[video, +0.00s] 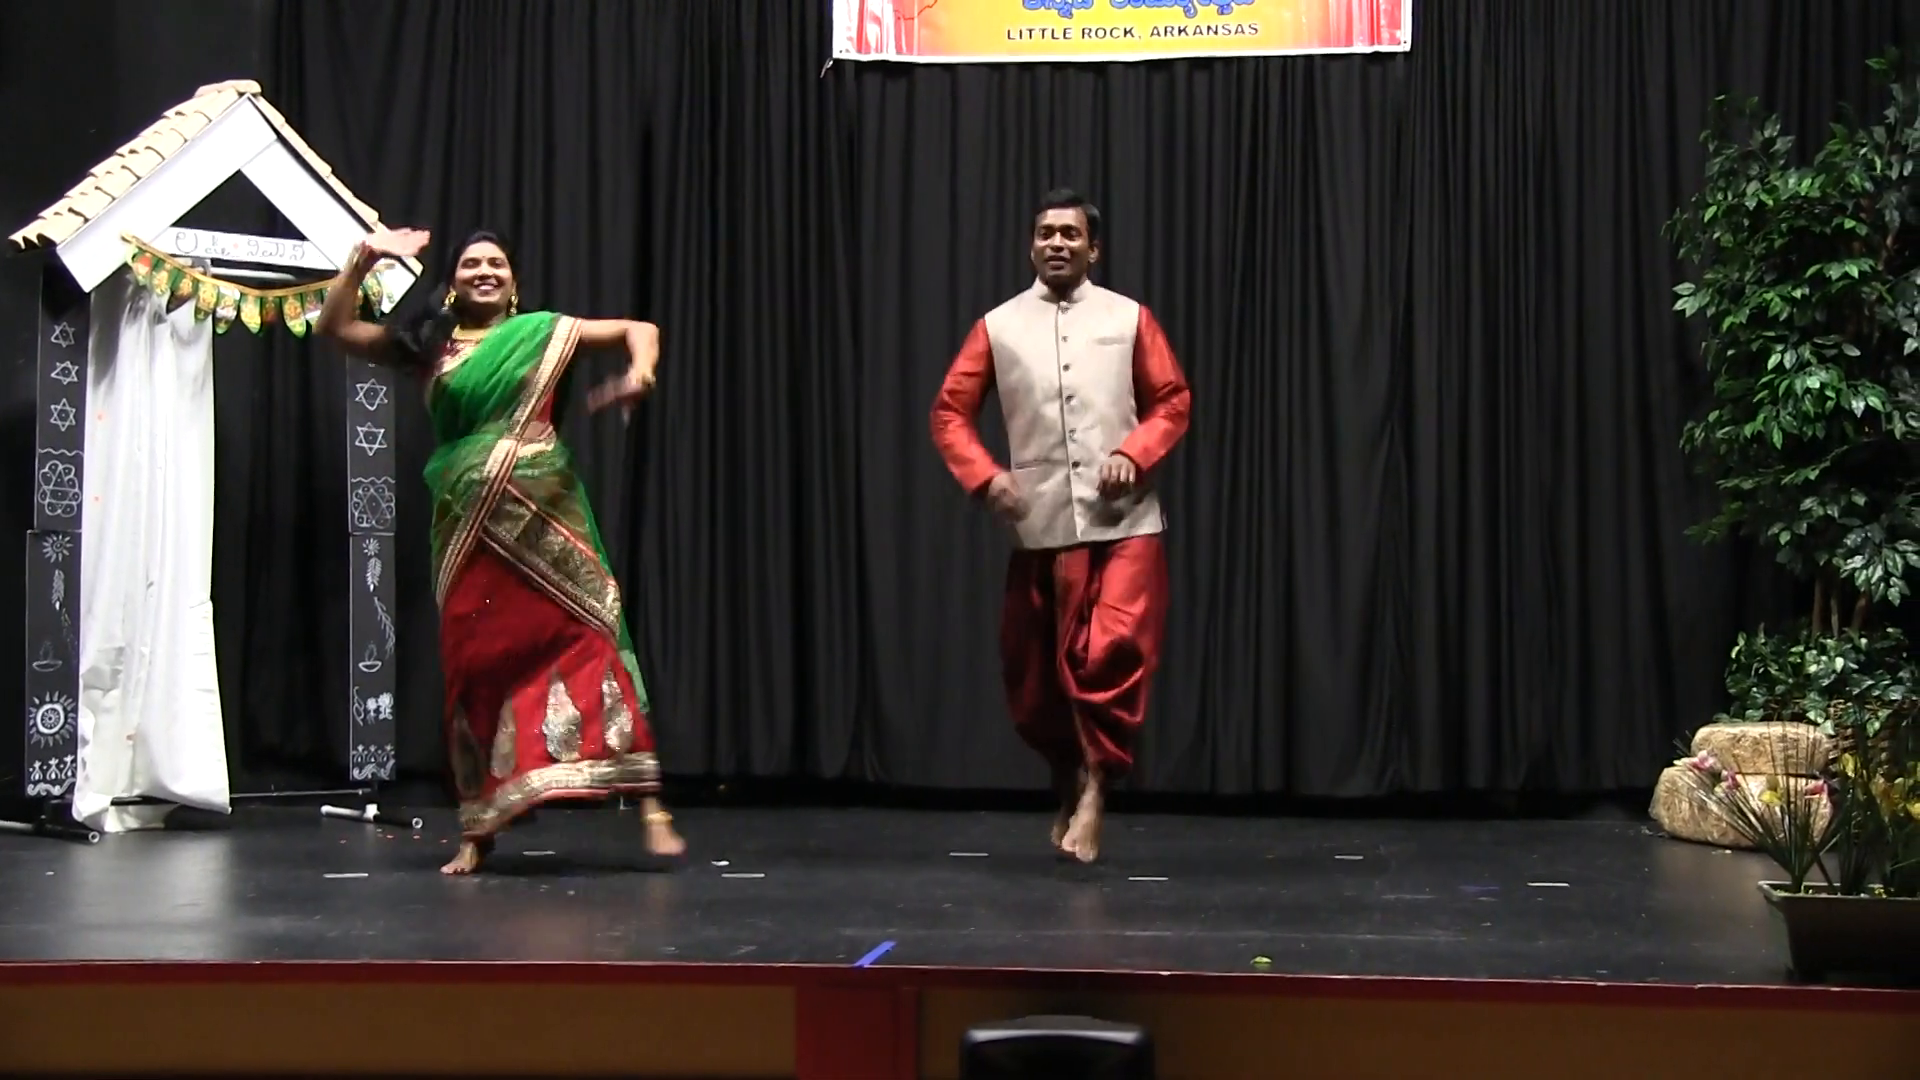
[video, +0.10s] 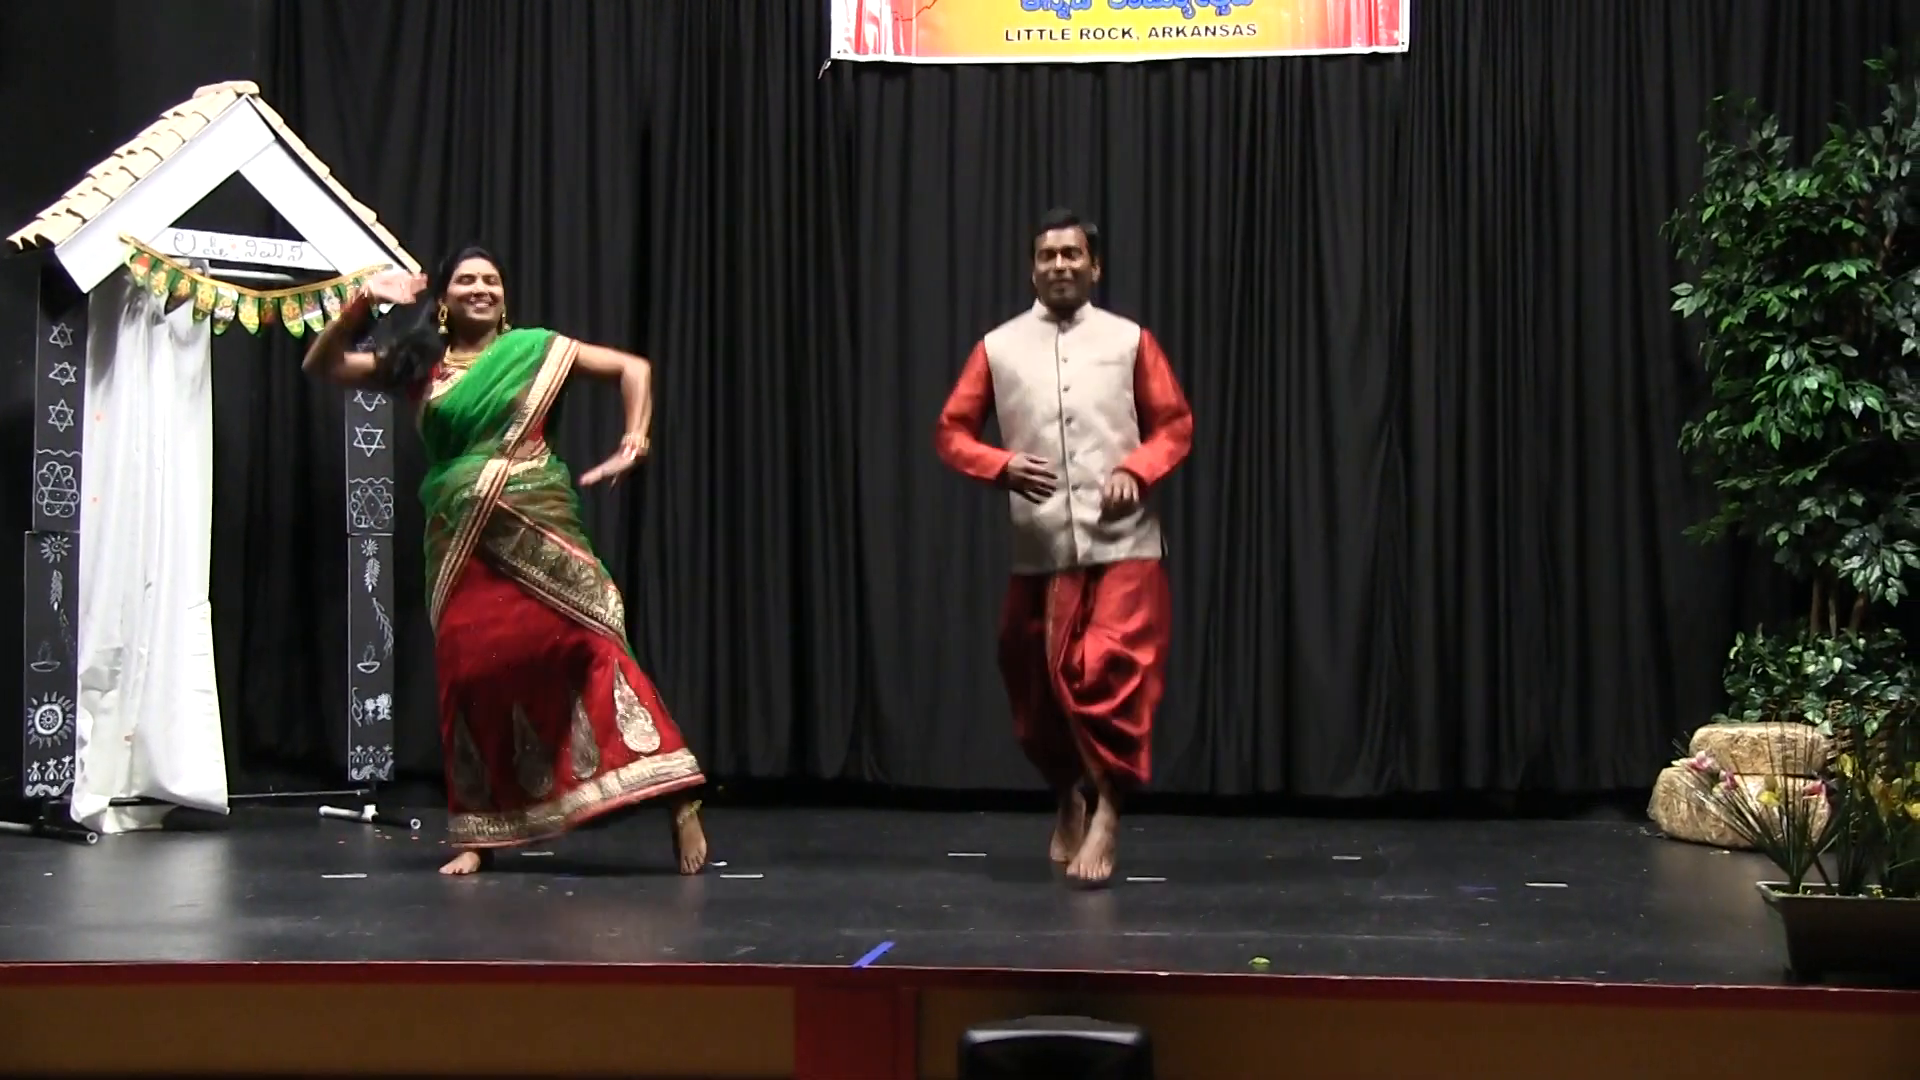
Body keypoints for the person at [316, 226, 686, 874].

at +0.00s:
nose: (484, 272)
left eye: (495, 264)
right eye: (471, 264)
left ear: (514, 281)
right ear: (450, 282)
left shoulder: (543, 329)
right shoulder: (430, 344)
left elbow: (641, 329)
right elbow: (335, 328)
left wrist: (639, 370)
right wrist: (361, 258)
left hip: (551, 510)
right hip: (468, 519)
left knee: (605, 643)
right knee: (467, 667)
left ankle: (652, 809)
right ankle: (475, 834)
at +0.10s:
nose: (480, 289)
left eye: (490, 281)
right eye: (467, 281)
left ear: (504, 294)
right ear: (442, 297)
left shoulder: (534, 346)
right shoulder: (418, 363)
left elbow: (634, 368)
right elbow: (321, 368)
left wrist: (634, 438)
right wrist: (362, 301)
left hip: (542, 527)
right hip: (461, 536)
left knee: (602, 657)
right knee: (461, 675)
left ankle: (682, 802)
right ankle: (472, 837)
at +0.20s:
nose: (484, 307)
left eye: (491, 298)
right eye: (470, 298)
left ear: (501, 310)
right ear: (439, 311)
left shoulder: (527, 362)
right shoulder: (413, 379)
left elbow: (619, 400)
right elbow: (314, 376)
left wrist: (610, 476)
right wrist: (361, 320)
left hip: (548, 537)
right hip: (471, 548)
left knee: (598, 673)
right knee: (462, 681)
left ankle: (681, 813)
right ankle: (471, 837)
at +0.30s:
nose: (486, 319)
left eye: (490, 311)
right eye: (472, 310)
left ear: (496, 320)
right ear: (437, 322)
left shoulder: (517, 369)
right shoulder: (408, 385)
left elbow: (611, 398)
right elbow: (317, 361)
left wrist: (595, 467)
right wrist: (372, 313)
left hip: (551, 533)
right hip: (476, 551)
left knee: (603, 663)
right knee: (469, 685)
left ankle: (682, 802)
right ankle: (480, 835)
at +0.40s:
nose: (484, 322)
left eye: (488, 313)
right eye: (470, 314)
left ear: (494, 320)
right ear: (437, 325)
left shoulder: (515, 370)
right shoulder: (407, 387)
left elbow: (609, 397)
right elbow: (317, 363)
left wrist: (585, 470)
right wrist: (375, 314)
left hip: (542, 536)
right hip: (470, 552)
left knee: (591, 664)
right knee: (464, 688)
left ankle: (683, 800)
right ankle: (470, 834)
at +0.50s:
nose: (483, 324)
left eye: (486, 315)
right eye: (468, 316)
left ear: (491, 321)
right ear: (433, 327)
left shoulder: (516, 372)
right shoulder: (407, 392)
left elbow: (604, 418)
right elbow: (312, 391)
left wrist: (589, 500)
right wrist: (359, 338)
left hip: (536, 548)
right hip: (461, 560)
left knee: (570, 673)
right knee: (448, 685)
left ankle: (687, 800)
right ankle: (478, 833)